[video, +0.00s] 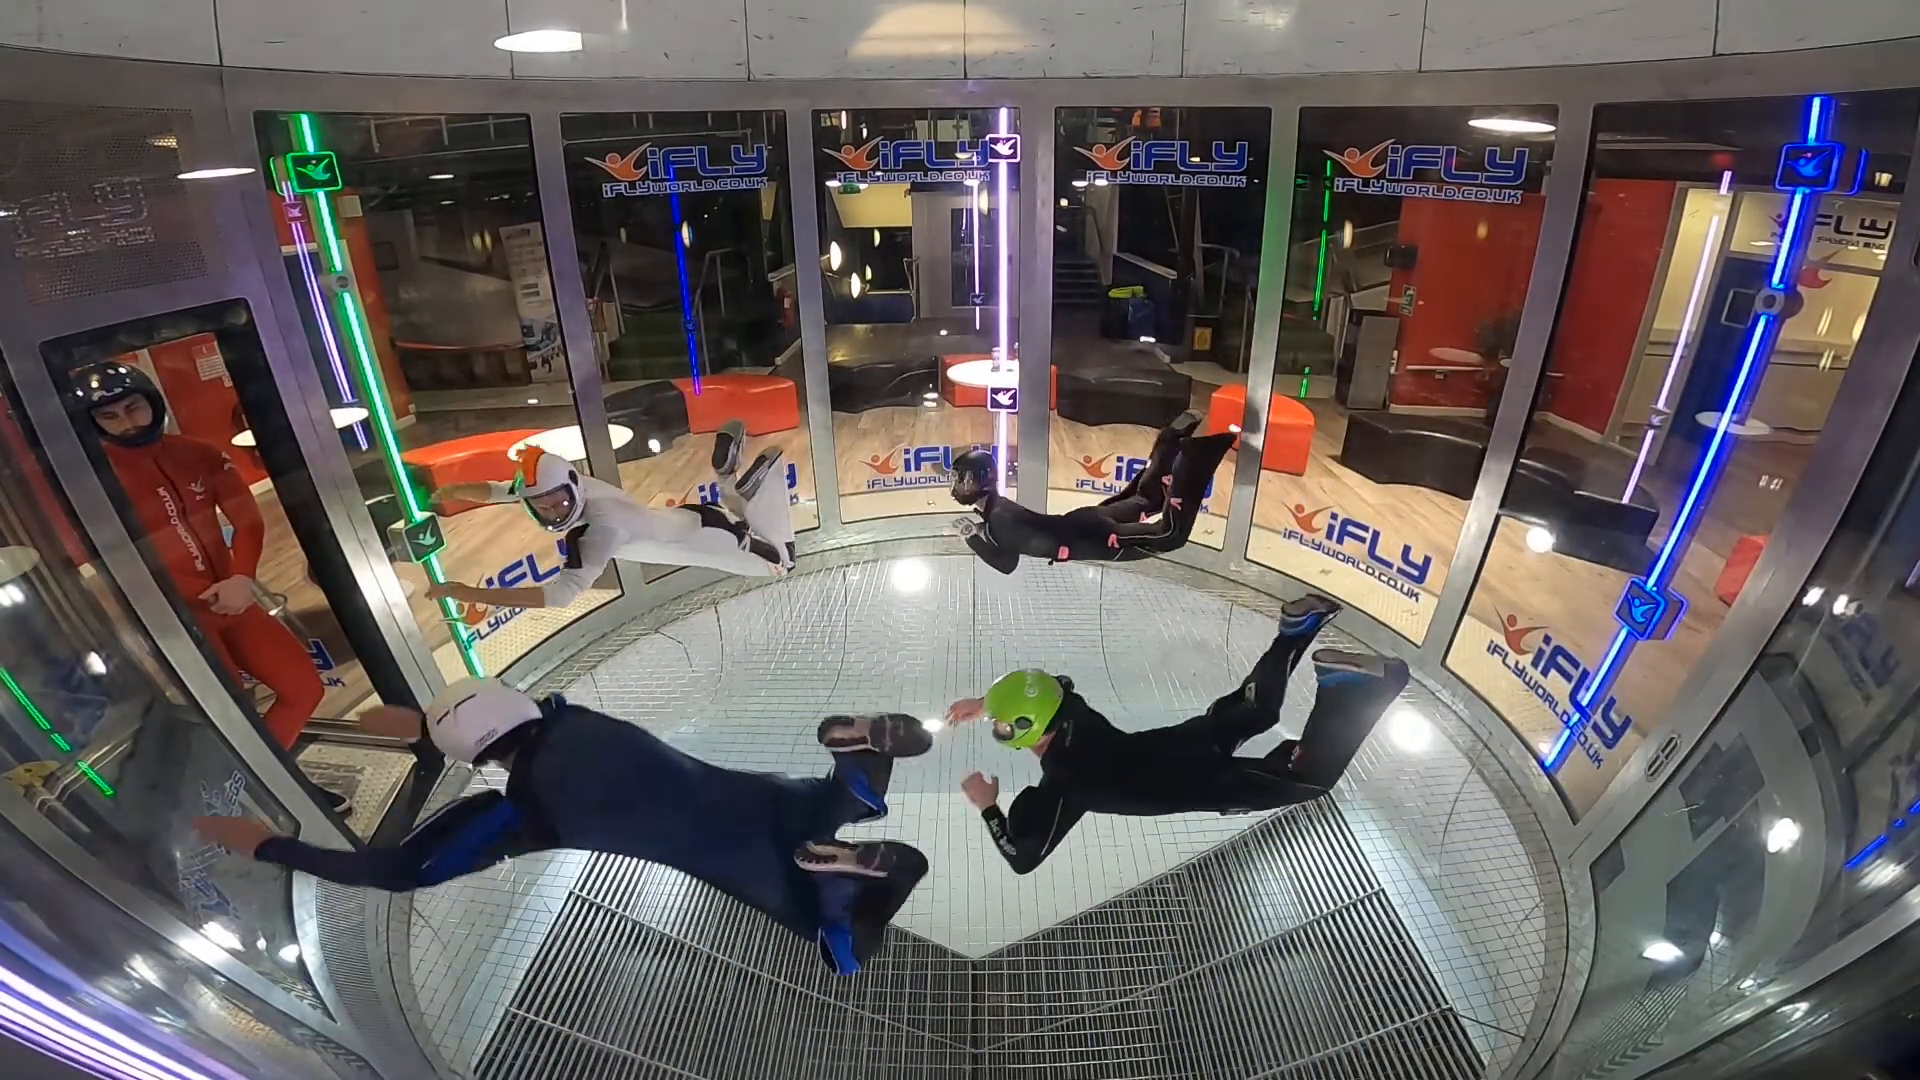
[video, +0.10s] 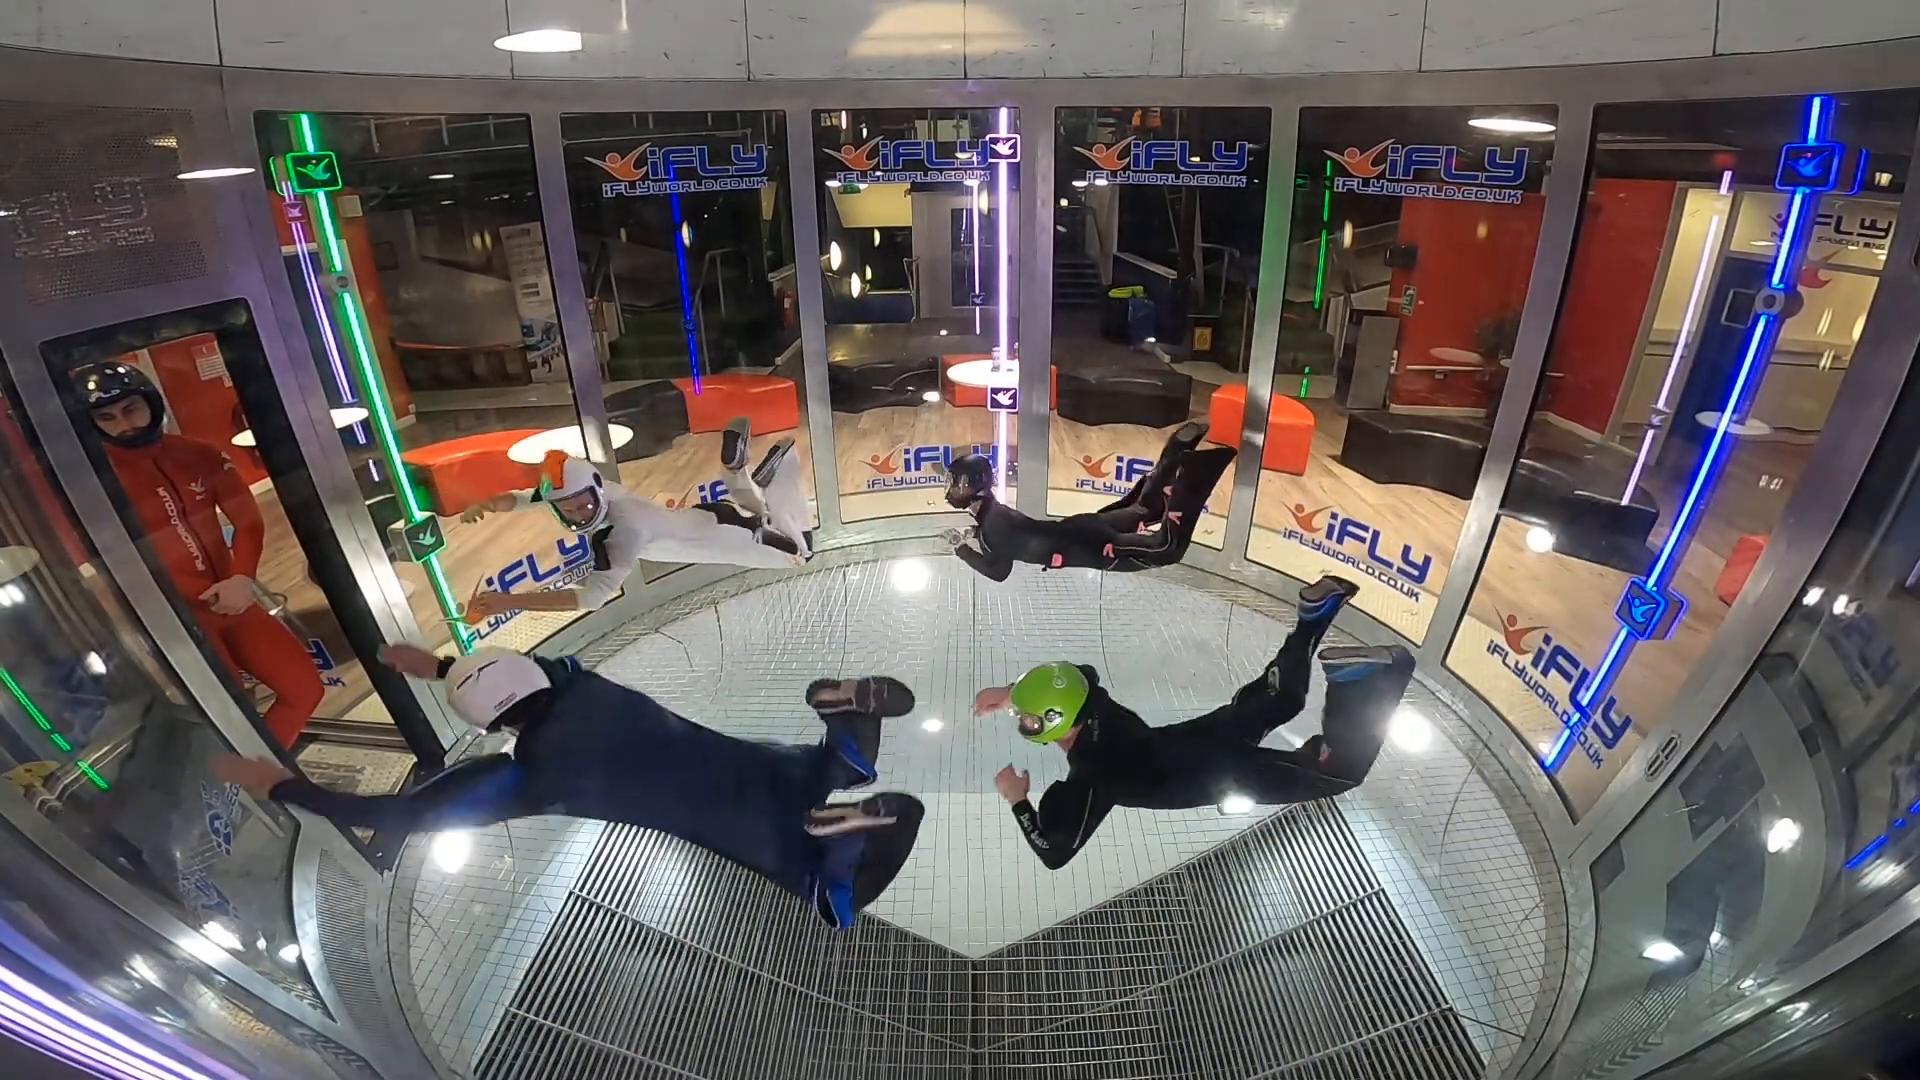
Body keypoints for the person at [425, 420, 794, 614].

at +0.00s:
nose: (551, 512)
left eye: (557, 502)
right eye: (542, 506)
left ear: (574, 490)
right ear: (532, 501)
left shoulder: (602, 527)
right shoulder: (558, 487)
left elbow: (559, 596)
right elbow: (497, 493)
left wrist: (474, 594)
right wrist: (448, 496)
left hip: (705, 537)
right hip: (684, 527)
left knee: (778, 556)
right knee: (749, 544)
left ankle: (763, 477)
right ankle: (731, 475)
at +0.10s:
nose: (577, 512)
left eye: (582, 502)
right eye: (567, 507)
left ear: (597, 492)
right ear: (555, 503)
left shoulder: (626, 528)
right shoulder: (576, 493)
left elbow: (589, 598)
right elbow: (522, 501)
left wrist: (506, 603)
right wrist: (483, 506)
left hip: (723, 534)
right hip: (696, 523)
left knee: (799, 548)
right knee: (746, 522)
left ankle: (784, 473)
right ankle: (741, 472)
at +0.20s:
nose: (602, 515)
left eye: (607, 506)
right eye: (594, 509)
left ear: (621, 495)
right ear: (587, 504)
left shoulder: (651, 528)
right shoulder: (598, 495)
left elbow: (632, 597)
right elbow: (552, 504)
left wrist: (553, 589)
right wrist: (516, 523)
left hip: (747, 535)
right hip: (723, 531)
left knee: (817, 541)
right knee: (765, 517)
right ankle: (755, 462)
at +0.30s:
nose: (632, 516)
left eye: (635, 505)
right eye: (622, 511)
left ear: (649, 492)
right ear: (611, 509)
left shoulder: (679, 525)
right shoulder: (631, 498)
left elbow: (666, 592)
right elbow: (592, 509)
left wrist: (600, 575)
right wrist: (558, 532)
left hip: (771, 537)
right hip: (748, 523)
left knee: (840, 534)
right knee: (789, 511)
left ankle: (841, 449)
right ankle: (785, 452)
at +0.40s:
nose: (658, 513)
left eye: (662, 505)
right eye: (652, 508)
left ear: (677, 493)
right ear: (647, 504)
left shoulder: (709, 519)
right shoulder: (665, 497)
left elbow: (700, 585)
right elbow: (623, 514)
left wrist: (642, 563)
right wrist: (593, 530)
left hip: (785, 533)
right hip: (759, 524)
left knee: (840, 533)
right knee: (809, 522)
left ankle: (891, 527)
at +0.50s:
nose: (692, 511)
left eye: (696, 502)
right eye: (685, 506)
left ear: (709, 491)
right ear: (679, 504)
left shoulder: (740, 515)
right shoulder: (701, 500)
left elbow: (736, 582)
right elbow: (653, 515)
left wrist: (670, 553)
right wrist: (633, 534)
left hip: (815, 530)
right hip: (795, 517)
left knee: (873, 527)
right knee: (854, 518)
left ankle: (908, 522)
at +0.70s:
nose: (754, 500)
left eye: (758, 490)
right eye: (745, 495)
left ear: (770, 479)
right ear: (738, 495)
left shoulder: (800, 502)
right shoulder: (747, 493)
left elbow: (800, 567)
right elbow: (716, 521)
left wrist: (745, 549)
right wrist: (704, 544)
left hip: (873, 523)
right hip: (851, 500)